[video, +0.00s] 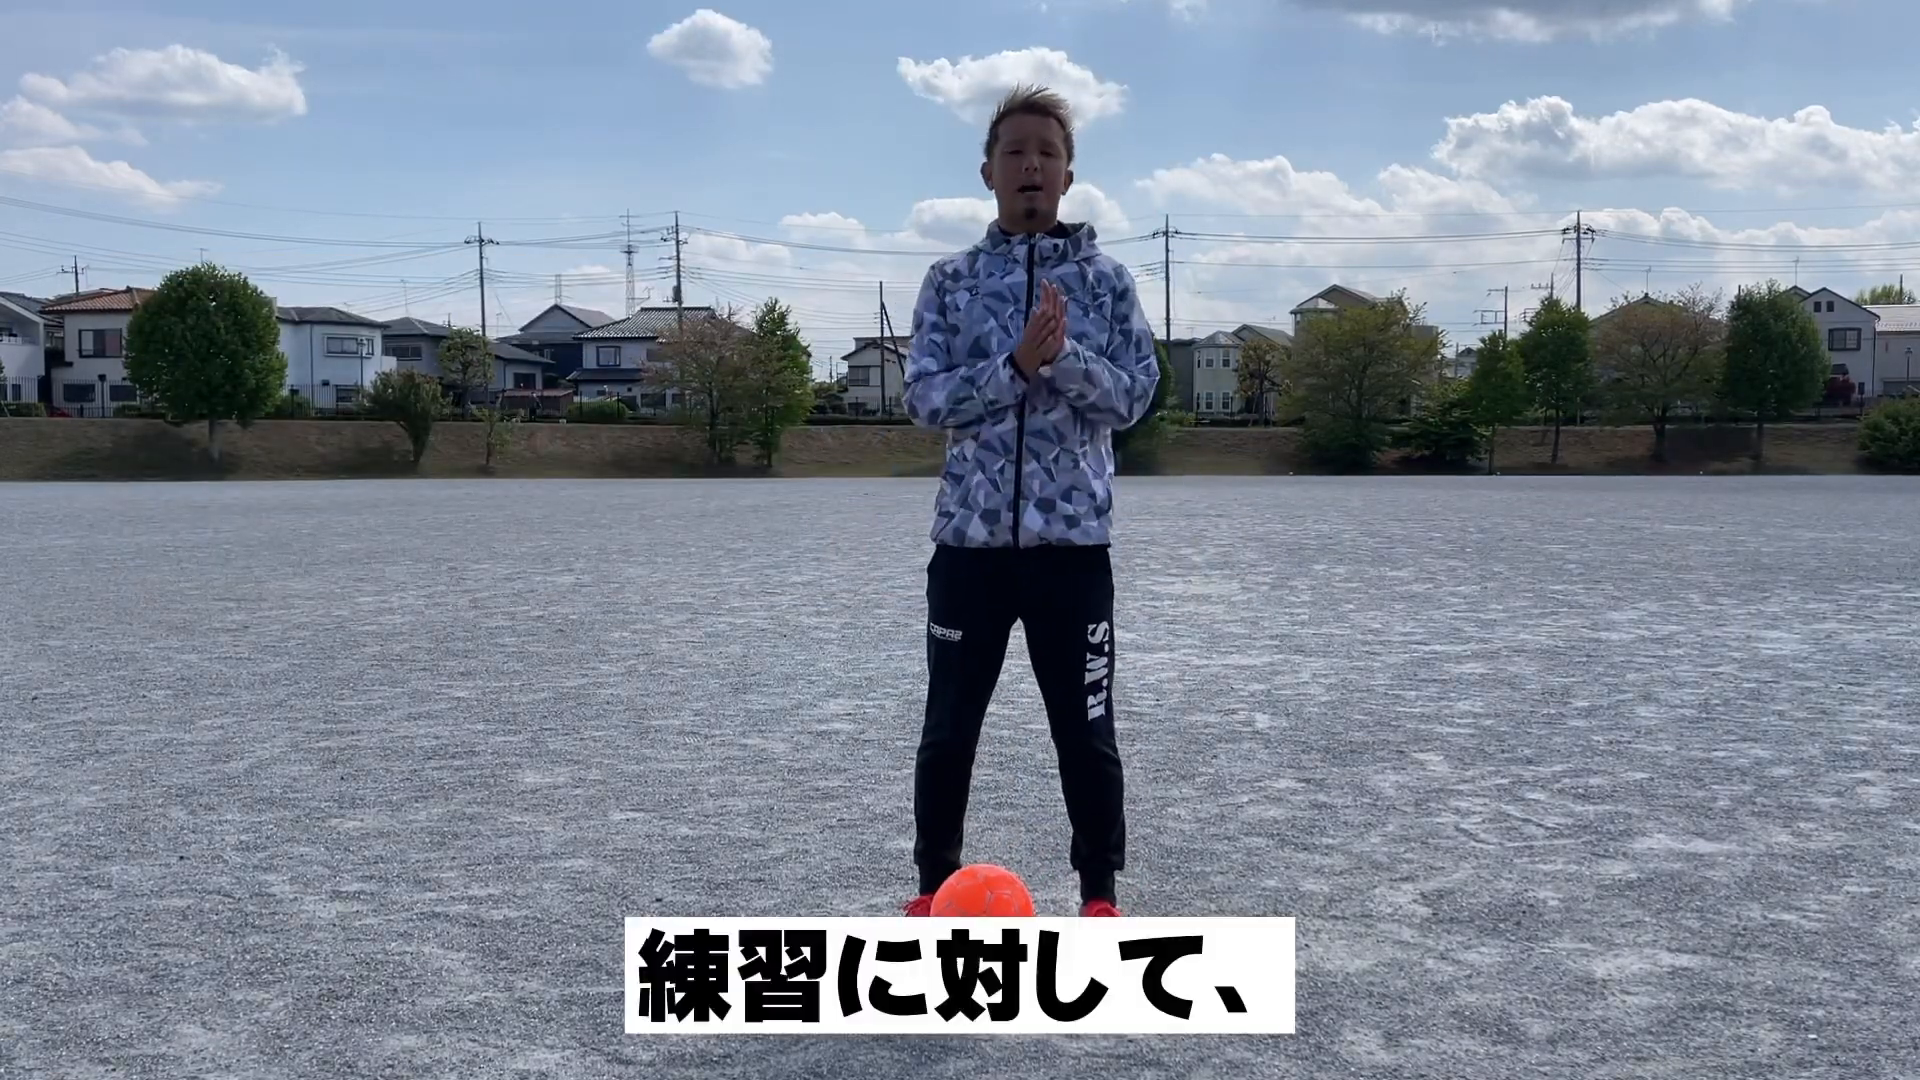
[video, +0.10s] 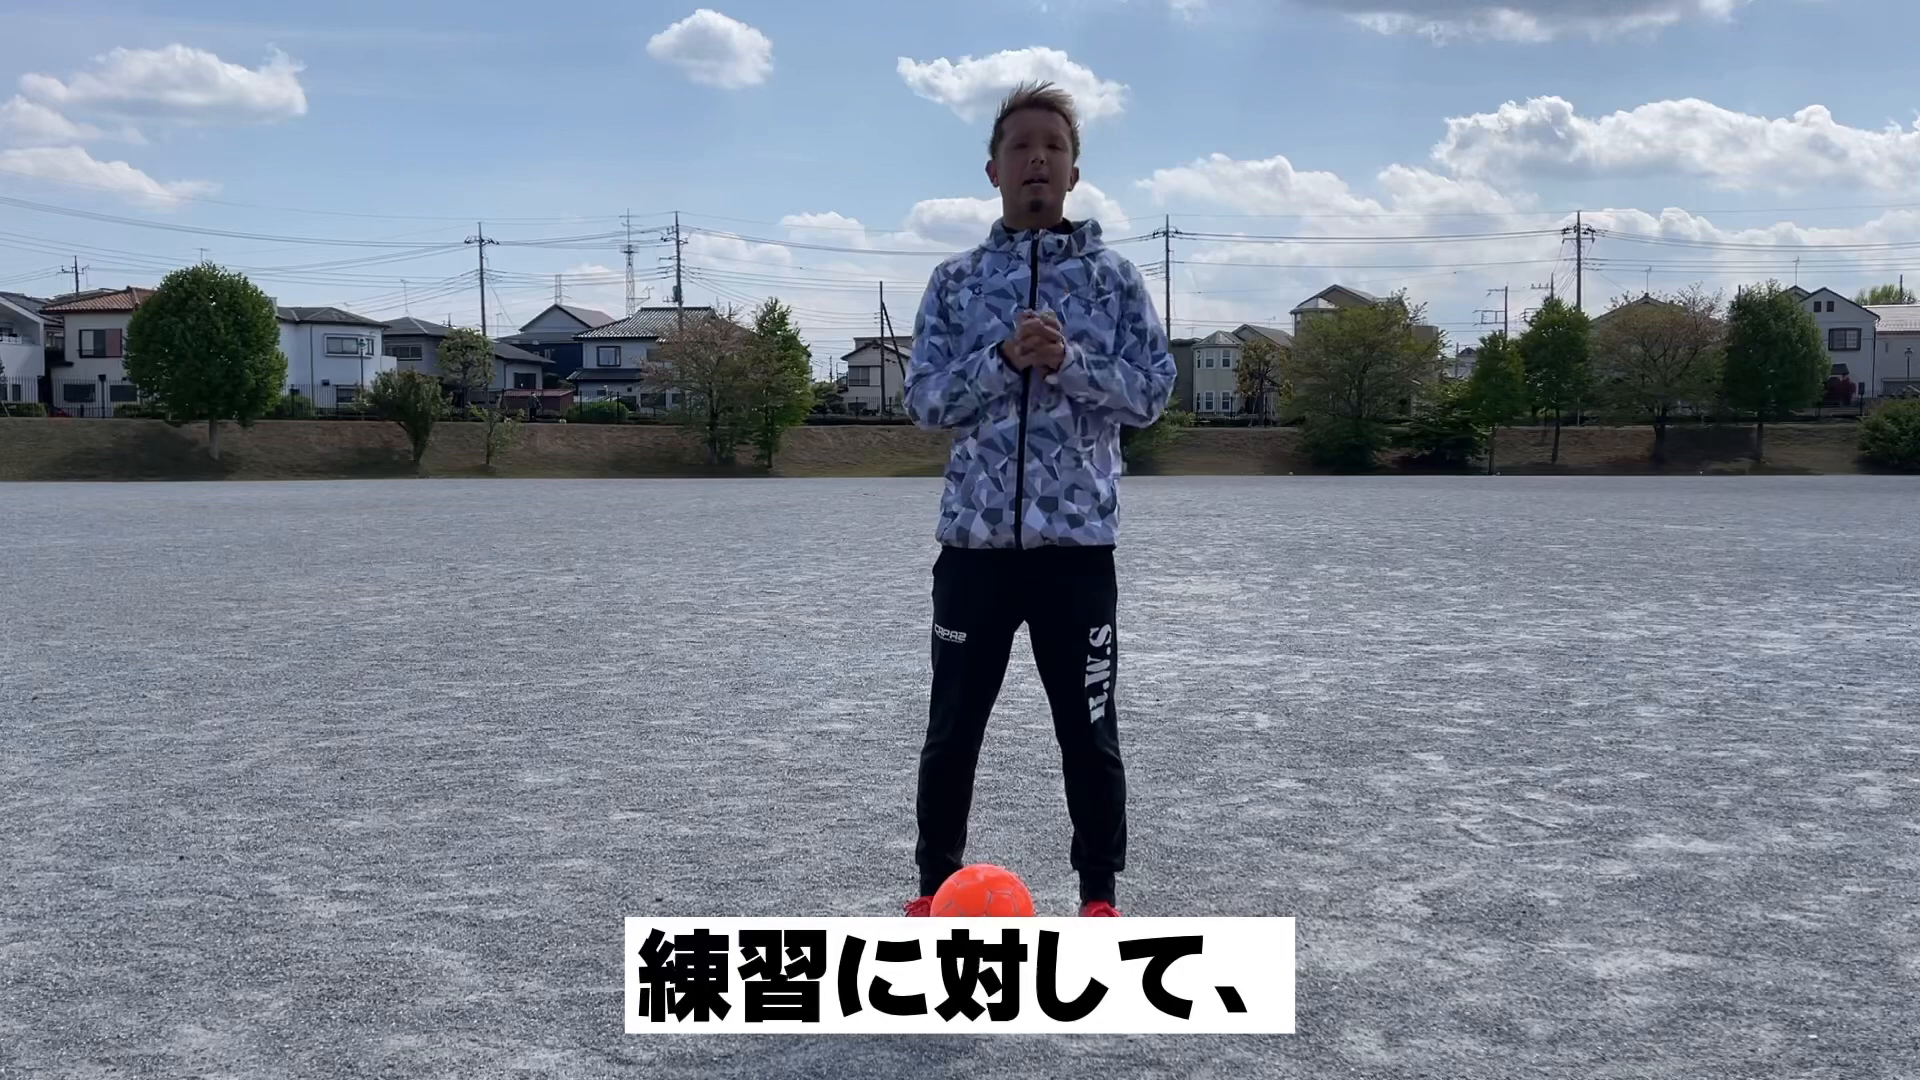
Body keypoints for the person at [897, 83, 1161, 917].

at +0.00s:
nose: (1031, 167)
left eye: (1047, 153)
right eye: (1014, 153)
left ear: (1068, 171)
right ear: (989, 170)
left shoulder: (1104, 278)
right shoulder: (951, 280)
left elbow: (1133, 396)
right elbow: (928, 399)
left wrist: (1060, 357)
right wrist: (1015, 365)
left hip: (1070, 536)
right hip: (970, 536)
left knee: (1085, 727)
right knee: (948, 726)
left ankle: (1098, 898)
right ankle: (934, 894)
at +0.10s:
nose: (1037, 161)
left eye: (1053, 147)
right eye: (1020, 147)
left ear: (1074, 168)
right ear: (995, 167)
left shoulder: (1112, 277)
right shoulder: (958, 280)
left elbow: (1150, 390)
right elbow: (927, 399)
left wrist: (1068, 362)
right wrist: (1003, 359)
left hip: (1074, 535)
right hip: (974, 536)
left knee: (1086, 726)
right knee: (952, 725)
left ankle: (1099, 897)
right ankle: (933, 893)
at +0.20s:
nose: (1043, 156)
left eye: (1057, 144)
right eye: (1024, 143)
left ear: (1074, 165)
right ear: (996, 165)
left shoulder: (1113, 277)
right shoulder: (957, 284)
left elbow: (1143, 391)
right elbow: (929, 405)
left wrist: (1085, 374)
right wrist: (971, 381)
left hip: (1074, 536)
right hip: (974, 536)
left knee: (1088, 726)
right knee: (952, 725)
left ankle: (1098, 896)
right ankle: (933, 894)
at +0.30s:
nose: (1042, 157)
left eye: (1057, 145)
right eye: (1024, 144)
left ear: (1075, 165)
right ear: (996, 164)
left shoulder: (1113, 275)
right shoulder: (956, 282)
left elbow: (1144, 400)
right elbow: (932, 413)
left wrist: (1127, 356)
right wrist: (923, 366)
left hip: (1074, 534)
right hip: (975, 533)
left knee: (1088, 729)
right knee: (952, 727)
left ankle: (1098, 898)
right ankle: (935, 893)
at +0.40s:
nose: (1043, 157)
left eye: (1057, 145)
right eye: (1024, 144)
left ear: (1074, 165)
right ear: (995, 165)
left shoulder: (1115, 277)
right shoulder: (954, 283)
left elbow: (1167, 391)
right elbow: (918, 407)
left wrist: (1136, 357)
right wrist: (912, 368)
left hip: (1074, 537)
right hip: (974, 537)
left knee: (1089, 729)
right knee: (952, 727)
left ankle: (1099, 898)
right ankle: (933, 893)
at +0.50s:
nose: (1042, 158)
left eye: (1057, 146)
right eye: (1023, 145)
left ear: (1074, 167)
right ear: (995, 165)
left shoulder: (1115, 278)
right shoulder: (953, 283)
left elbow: (1163, 382)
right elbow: (907, 396)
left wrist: (1114, 368)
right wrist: (931, 375)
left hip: (1072, 536)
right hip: (972, 536)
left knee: (1086, 728)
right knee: (951, 727)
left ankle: (1099, 897)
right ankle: (933, 894)